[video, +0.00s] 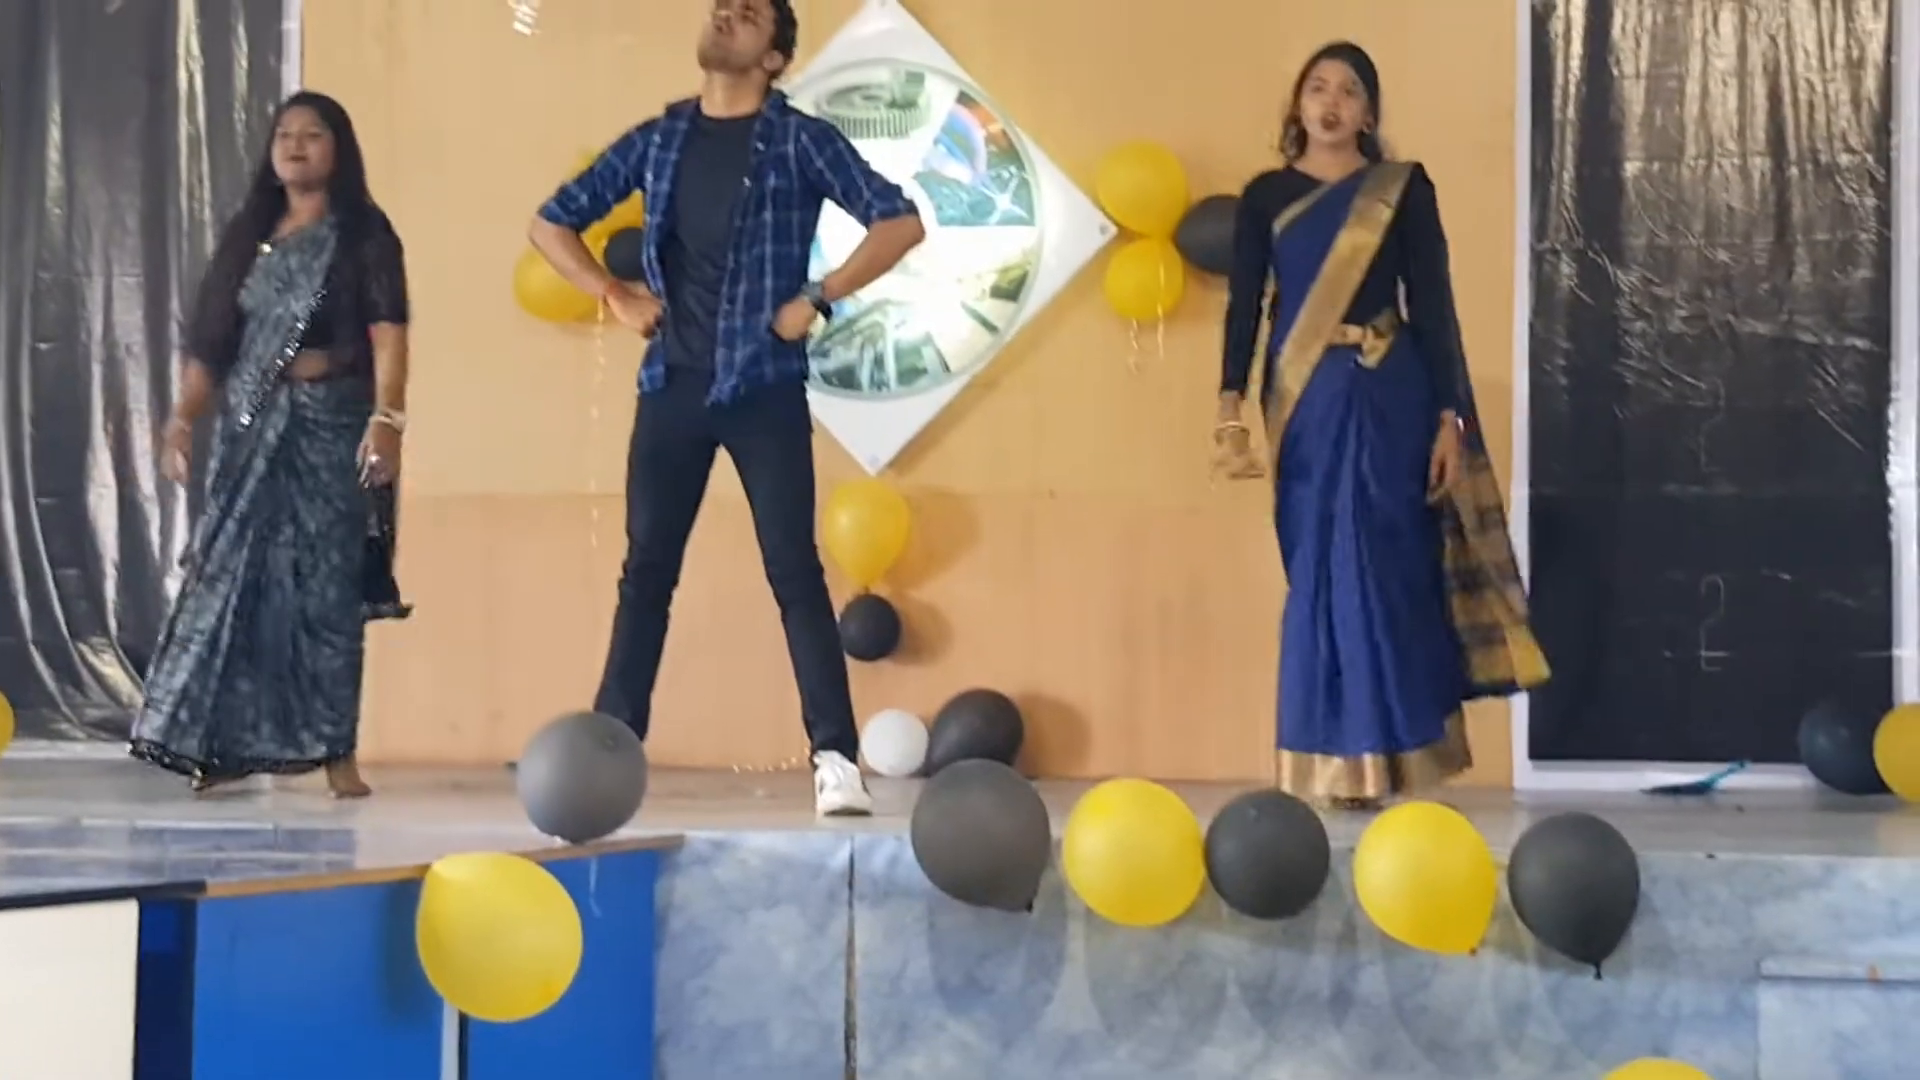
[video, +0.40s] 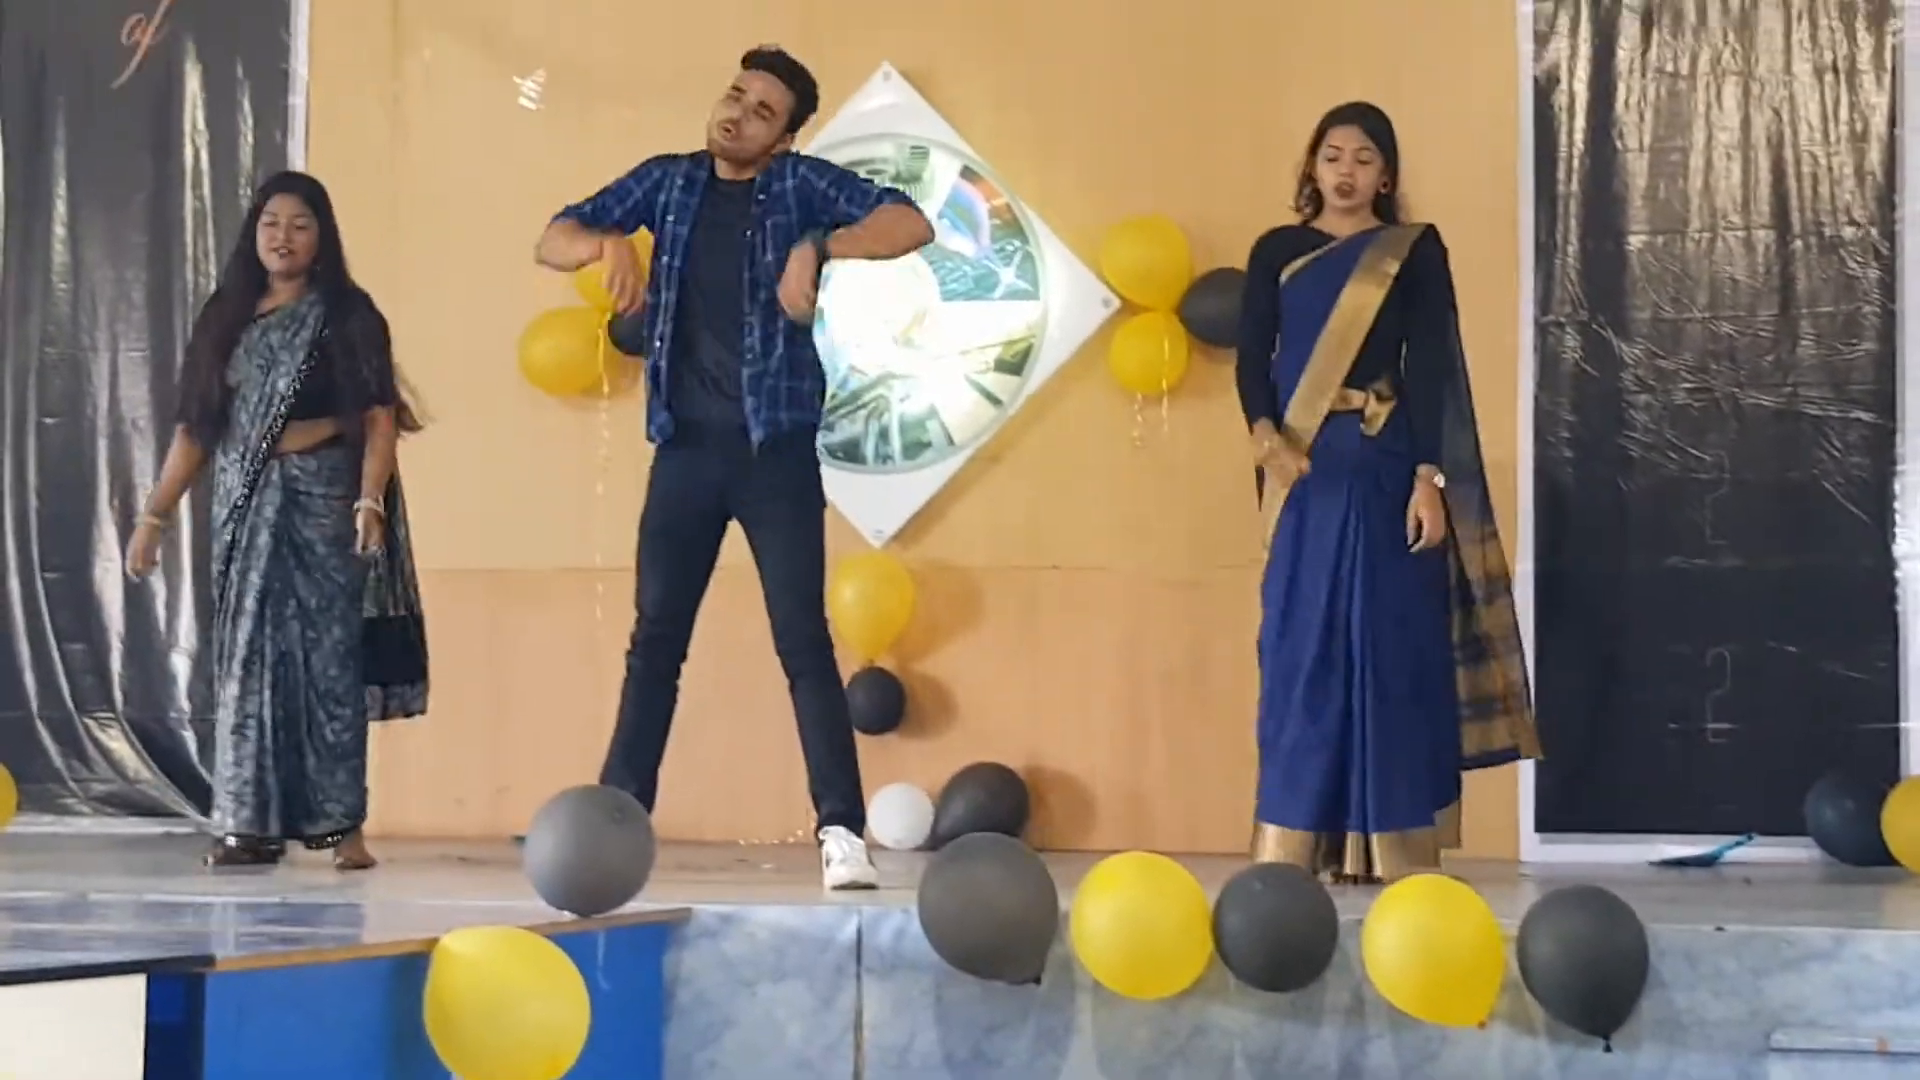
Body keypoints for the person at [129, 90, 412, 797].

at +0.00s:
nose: (296, 148)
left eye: (312, 137)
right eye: (286, 137)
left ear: (340, 150)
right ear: (269, 151)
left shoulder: (367, 233)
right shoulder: (247, 234)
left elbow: (388, 328)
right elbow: (210, 339)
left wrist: (388, 418)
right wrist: (182, 418)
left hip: (331, 424)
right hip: (249, 426)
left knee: (329, 581)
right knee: (235, 575)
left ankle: (339, 748)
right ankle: (224, 747)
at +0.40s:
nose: (284, 236)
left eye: (300, 225)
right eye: (271, 223)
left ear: (323, 237)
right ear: (254, 232)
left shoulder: (350, 314)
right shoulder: (227, 315)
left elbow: (381, 417)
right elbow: (195, 429)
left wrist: (371, 496)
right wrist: (152, 517)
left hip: (324, 504)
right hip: (246, 506)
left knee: (330, 656)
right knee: (247, 655)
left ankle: (345, 824)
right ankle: (251, 826)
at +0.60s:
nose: (299, 307)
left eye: (313, 294)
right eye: (286, 292)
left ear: (333, 302)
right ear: (263, 297)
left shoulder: (360, 368)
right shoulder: (237, 368)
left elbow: (399, 465)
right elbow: (203, 446)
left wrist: (371, 534)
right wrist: (190, 509)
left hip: (333, 560)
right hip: (255, 561)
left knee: (327, 722)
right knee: (256, 720)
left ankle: (325, 890)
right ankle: (258, 892)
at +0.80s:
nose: (374, 377)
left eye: (388, 366)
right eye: (362, 361)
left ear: (405, 373)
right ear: (337, 363)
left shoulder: (420, 442)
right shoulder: (296, 433)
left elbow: (438, 536)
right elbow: (251, 519)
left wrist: (423, 597)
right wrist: (269, 552)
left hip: (390, 629)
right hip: (310, 627)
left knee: (392, 780)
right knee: (308, 780)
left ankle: (398, 941)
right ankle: (309, 942)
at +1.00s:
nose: (467, 414)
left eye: (482, 404)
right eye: (456, 400)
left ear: (502, 415)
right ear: (434, 404)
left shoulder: (515, 493)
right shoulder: (392, 471)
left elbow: (526, 579)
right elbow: (328, 538)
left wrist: (509, 636)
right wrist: (355, 583)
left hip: (470, 672)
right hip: (388, 668)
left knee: (480, 811)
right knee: (385, 809)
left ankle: (506, 969)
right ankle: (378, 963)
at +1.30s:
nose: (544, 412)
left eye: (558, 399)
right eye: (530, 399)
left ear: (582, 408)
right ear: (510, 408)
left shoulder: (607, 491)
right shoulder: (472, 480)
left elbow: (621, 593)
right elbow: (434, 576)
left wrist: (610, 599)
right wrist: (452, 598)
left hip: (563, 691)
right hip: (476, 688)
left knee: (566, 847)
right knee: (473, 840)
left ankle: (576, 1024)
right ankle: (474, 1008)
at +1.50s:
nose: (544, 474)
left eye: (559, 460)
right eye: (530, 463)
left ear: (583, 469)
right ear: (513, 475)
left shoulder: (619, 553)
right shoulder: (479, 549)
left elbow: (647, 660)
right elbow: (432, 647)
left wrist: (603, 621)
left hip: (577, 746)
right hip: (487, 748)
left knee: (571, 914)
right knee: (485, 911)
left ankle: (569, 1062)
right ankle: (482, 1062)